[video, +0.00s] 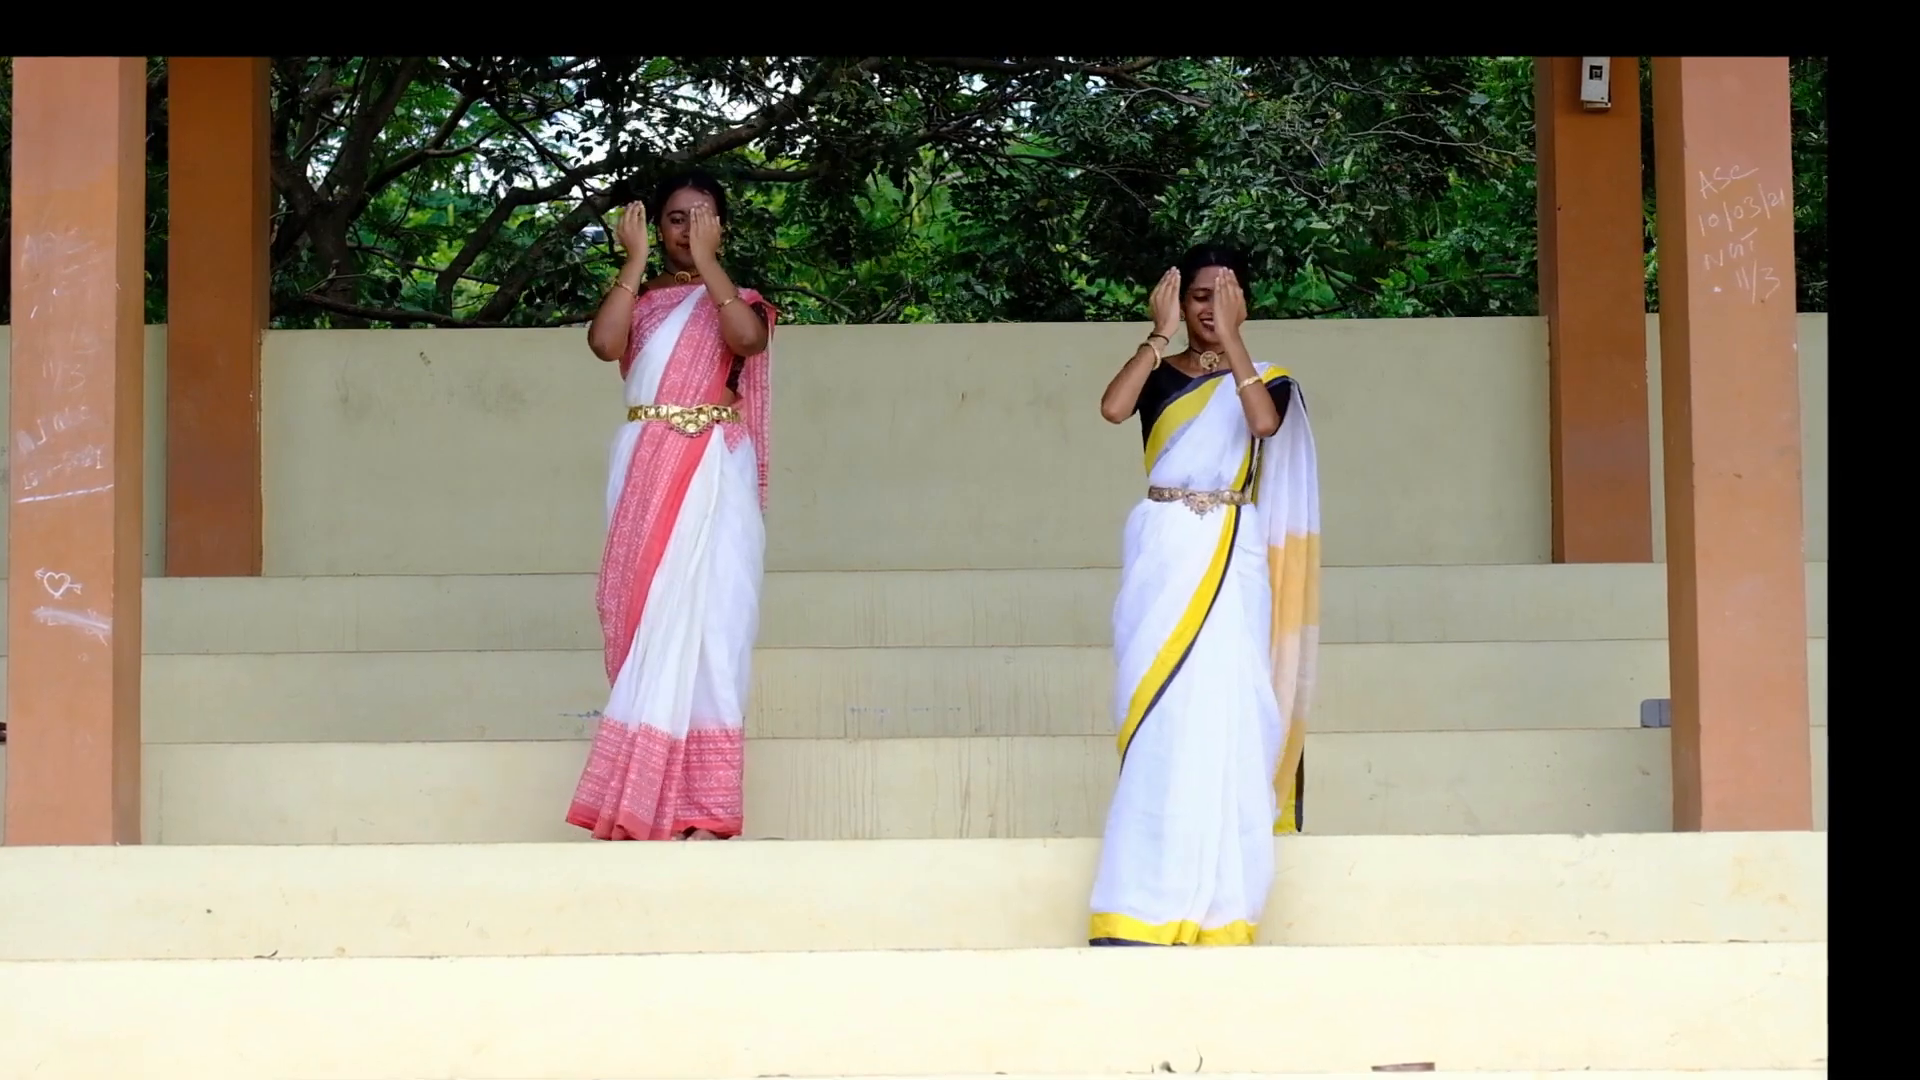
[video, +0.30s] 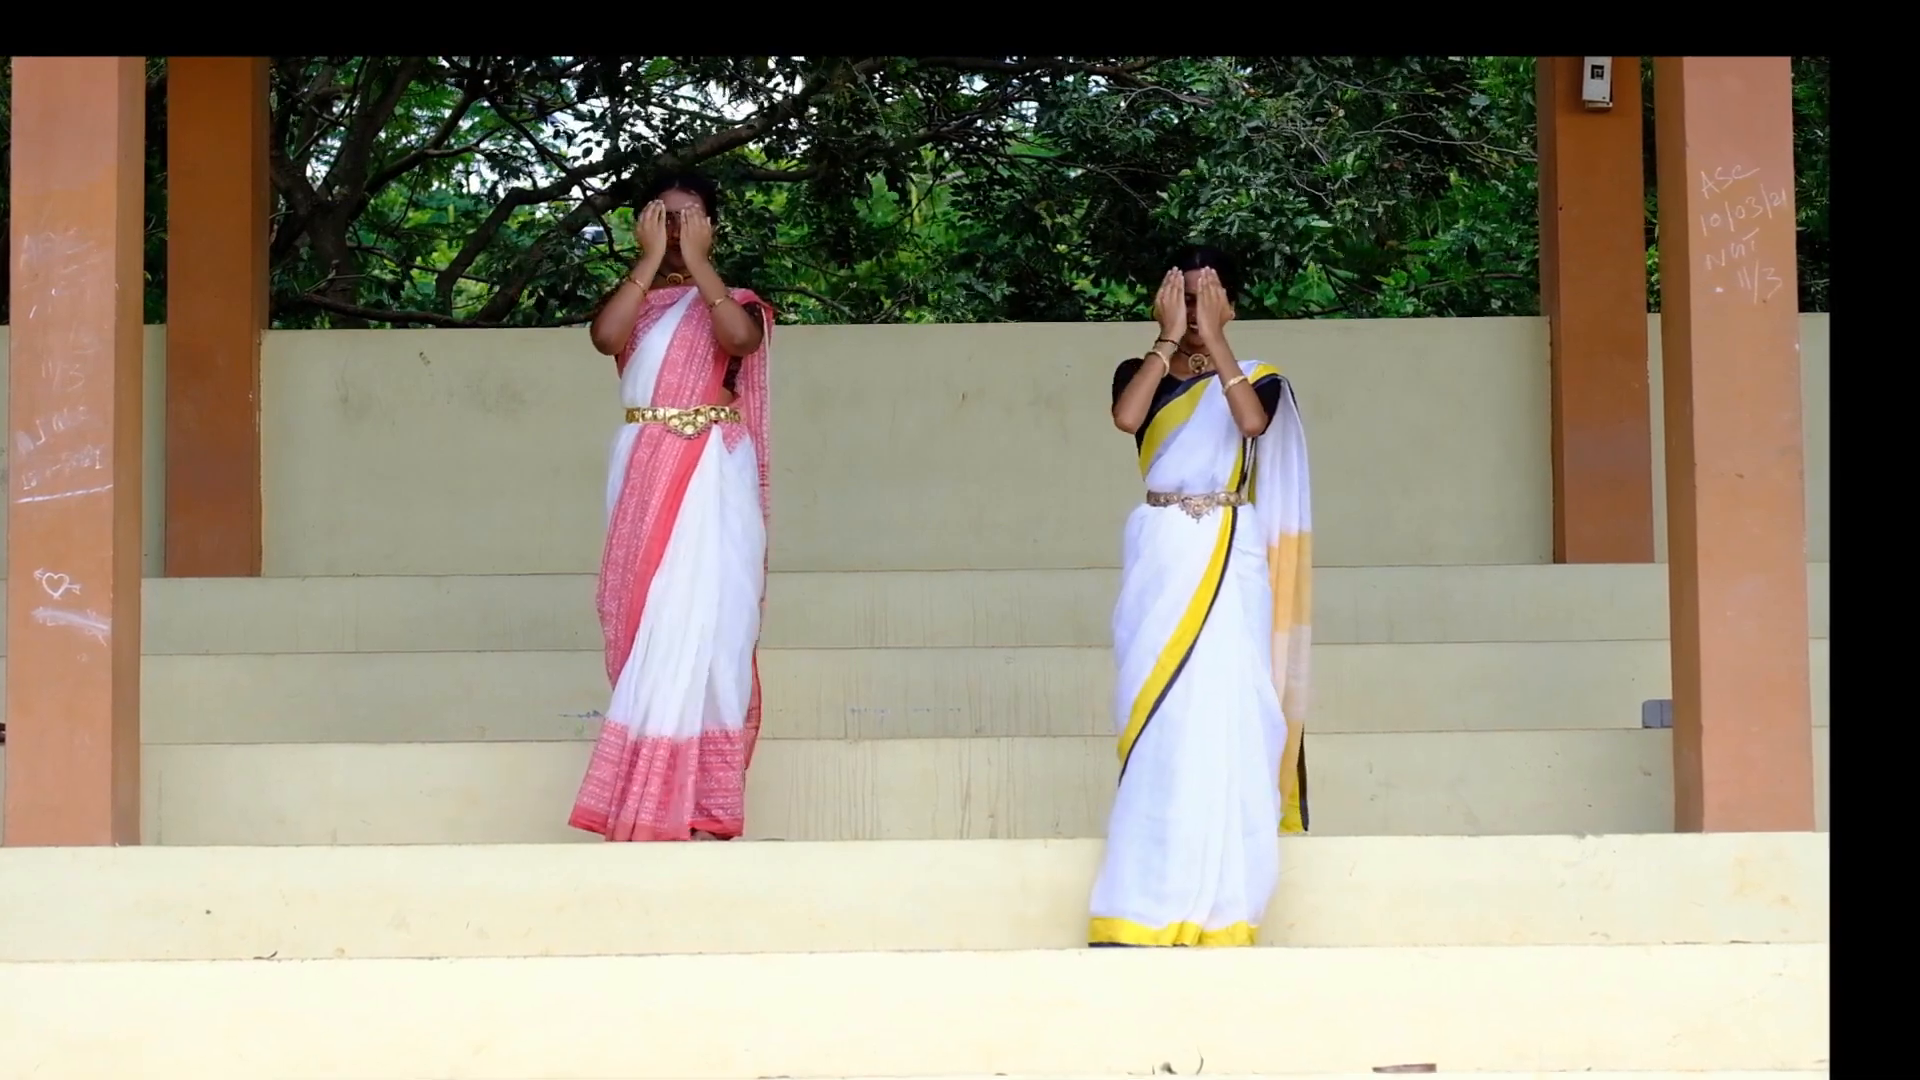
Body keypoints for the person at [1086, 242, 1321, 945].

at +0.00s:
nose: (1209, 305)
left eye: (1221, 292)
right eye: (1197, 294)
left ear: (1246, 305)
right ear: (1180, 307)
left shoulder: (1269, 381)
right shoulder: (1162, 373)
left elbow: (1263, 422)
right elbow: (1114, 406)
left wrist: (1229, 339)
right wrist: (1157, 333)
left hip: (1224, 562)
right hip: (1154, 557)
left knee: (1215, 723)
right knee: (1153, 720)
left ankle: (1213, 904)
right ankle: (1147, 902)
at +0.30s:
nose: (1195, 310)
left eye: (1207, 298)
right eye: (1185, 296)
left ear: (1229, 307)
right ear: (1167, 306)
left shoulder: (1257, 379)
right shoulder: (1146, 373)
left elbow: (1252, 422)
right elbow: (1128, 417)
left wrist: (1213, 337)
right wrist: (1167, 340)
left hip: (1223, 563)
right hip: (1154, 560)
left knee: (1217, 723)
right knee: (1154, 720)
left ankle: (1218, 901)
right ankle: (1150, 901)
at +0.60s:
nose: (1190, 316)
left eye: (1203, 304)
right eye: (1180, 303)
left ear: (1224, 310)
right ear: (1164, 310)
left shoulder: (1253, 379)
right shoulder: (1138, 376)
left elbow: (1245, 424)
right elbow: (1133, 422)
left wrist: (1207, 337)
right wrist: (1174, 342)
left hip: (1224, 566)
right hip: (1154, 563)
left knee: (1219, 726)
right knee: (1154, 724)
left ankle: (1219, 906)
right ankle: (1149, 906)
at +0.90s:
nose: (1202, 320)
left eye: (1215, 309)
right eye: (1189, 308)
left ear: (1230, 315)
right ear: (1165, 313)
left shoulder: (1262, 382)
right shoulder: (1141, 382)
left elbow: (1286, 458)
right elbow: (1136, 457)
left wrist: (1253, 366)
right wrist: (1173, 373)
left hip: (1240, 558)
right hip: (1172, 555)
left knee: (1239, 720)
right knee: (1169, 718)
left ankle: (1238, 905)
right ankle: (1163, 906)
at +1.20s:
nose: (1235, 316)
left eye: (1243, 305)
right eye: (1221, 303)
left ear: (1250, 316)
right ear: (1188, 310)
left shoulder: (1271, 399)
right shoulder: (1151, 395)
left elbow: (1301, 494)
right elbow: (1115, 488)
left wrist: (1257, 518)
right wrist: (1079, 564)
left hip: (1266, 564)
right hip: (1196, 563)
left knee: (1287, 709)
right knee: (1255, 707)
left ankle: (1250, 895)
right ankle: (1223, 889)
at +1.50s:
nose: (1247, 319)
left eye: (1255, 308)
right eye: (1236, 305)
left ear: (1258, 318)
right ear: (1198, 309)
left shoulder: (1277, 398)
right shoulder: (1160, 395)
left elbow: (1304, 476)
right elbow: (1077, 480)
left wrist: (1230, 445)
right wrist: (989, 537)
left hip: (1273, 556)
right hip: (1205, 556)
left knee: (1391, 633)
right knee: (1264, 699)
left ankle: (1501, 744)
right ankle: (1233, 885)